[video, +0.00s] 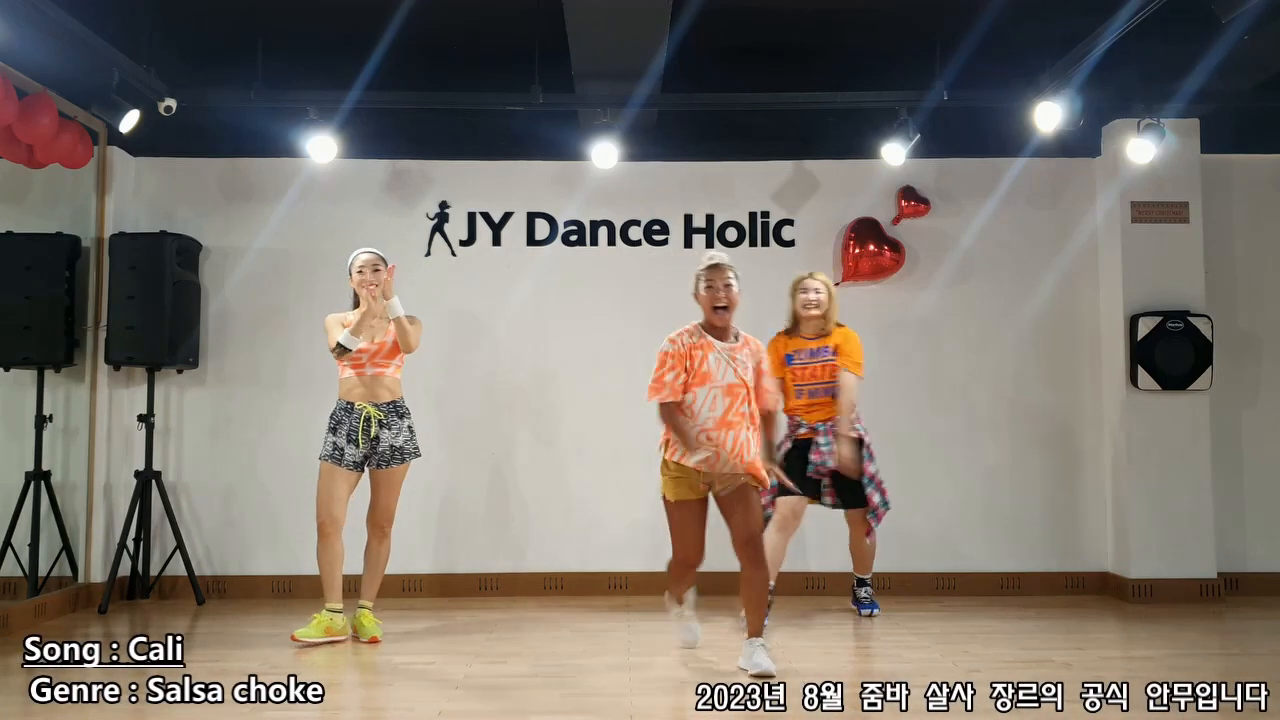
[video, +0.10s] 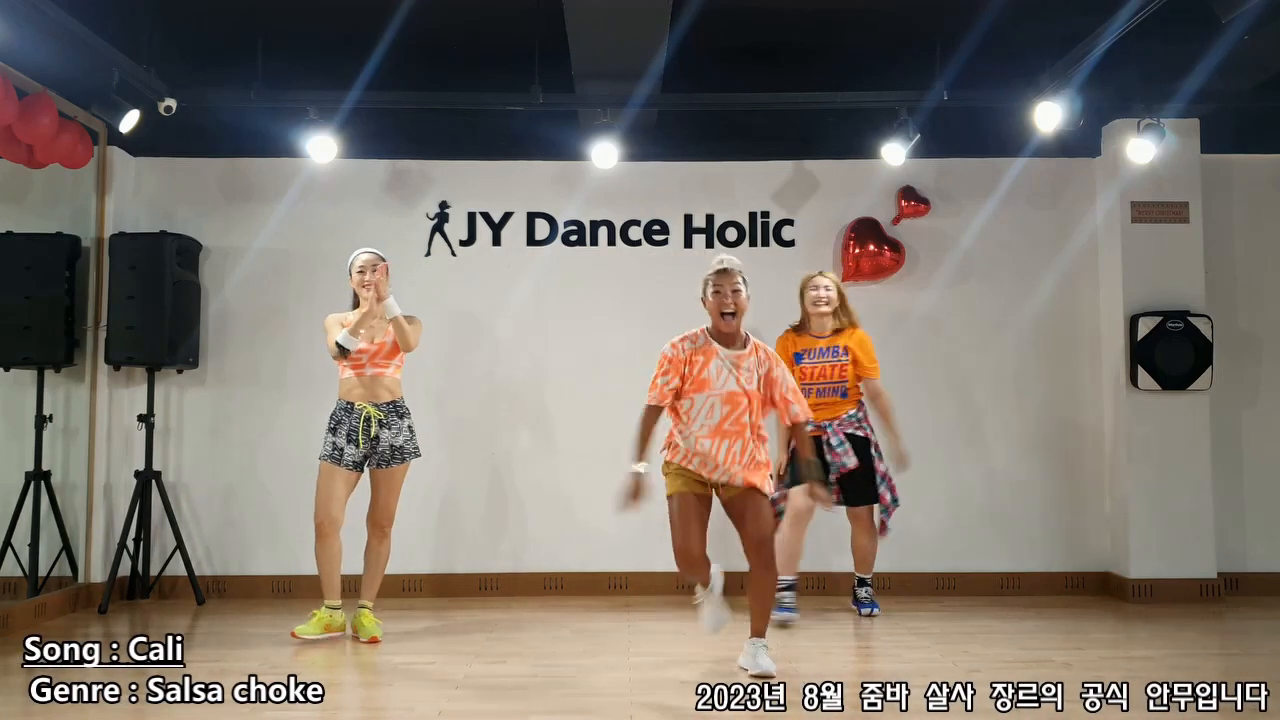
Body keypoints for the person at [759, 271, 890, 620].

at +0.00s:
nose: (811, 297)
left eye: (818, 291)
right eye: (805, 291)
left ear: (830, 300)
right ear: (793, 300)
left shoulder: (845, 339)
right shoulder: (779, 344)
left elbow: (847, 392)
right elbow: (772, 401)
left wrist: (845, 438)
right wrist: (767, 452)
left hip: (841, 434)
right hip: (800, 438)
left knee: (859, 517)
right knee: (785, 515)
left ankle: (863, 587)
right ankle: (762, 593)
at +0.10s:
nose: (822, 294)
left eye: (828, 288)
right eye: (815, 289)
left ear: (839, 298)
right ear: (803, 299)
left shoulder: (856, 339)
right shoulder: (787, 342)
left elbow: (876, 394)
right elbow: (784, 401)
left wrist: (895, 443)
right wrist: (782, 451)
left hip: (850, 435)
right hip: (805, 437)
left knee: (862, 516)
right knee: (798, 506)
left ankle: (863, 589)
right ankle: (786, 592)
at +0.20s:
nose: (827, 290)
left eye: (834, 284)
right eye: (819, 285)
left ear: (844, 295)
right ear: (809, 296)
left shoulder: (863, 335)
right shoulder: (793, 338)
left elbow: (892, 377)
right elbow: (784, 390)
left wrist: (923, 411)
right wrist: (785, 434)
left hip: (852, 430)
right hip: (809, 432)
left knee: (862, 511)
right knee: (811, 505)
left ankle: (863, 588)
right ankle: (815, 588)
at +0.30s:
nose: (831, 288)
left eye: (838, 283)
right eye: (823, 284)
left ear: (848, 293)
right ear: (812, 294)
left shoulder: (865, 332)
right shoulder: (796, 336)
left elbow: (897, 360)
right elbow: (783, 390)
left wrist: (929, 380)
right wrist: (781, 442)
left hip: (855, 432)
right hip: (814, 434)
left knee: (863, 515)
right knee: (822, 512)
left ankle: (864, 587)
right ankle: (827, 587)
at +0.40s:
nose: (832, 288)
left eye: (838, 282)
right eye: (824, 283)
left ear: (848, 291)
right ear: (813, 294)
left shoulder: (864, 330)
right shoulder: (798, 335)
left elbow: (896, 357)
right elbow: (783, 385)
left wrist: (928, 376)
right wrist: (774, 430)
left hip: (856, 431)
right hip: (815, 432)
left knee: (865, 514)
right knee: (824, 514)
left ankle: (864, 587)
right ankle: (826, 590)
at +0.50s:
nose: (832, 289)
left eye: (838, 284)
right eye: (824, 285)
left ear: (847, 292)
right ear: (812, 295)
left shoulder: (864, 331)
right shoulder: (797, 337)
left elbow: (892, 367)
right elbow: (782, 390)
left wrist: (923, 397)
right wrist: (768, 436)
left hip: (857, 431)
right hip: (814, 432)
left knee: (871, 514)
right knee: (822, 514)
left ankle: (863, 586)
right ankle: (826, 590)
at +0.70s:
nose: (835, 288)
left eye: (841, 283)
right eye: (827, 284)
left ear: (851, 291)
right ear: (816, 294)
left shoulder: (869, 332)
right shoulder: (803, 335)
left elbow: (881, 386)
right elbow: (789, 381)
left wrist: (890, 433)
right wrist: (784, 415)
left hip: (864, 430)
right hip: (821, 432)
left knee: (865, 513)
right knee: (825, 515)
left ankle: (860, 592)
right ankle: (827, 590)